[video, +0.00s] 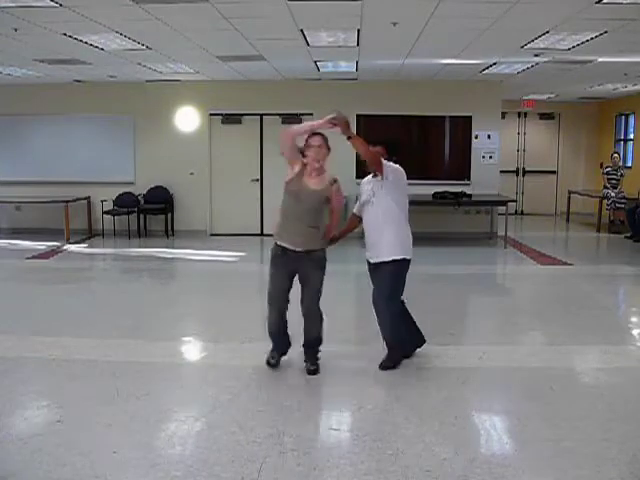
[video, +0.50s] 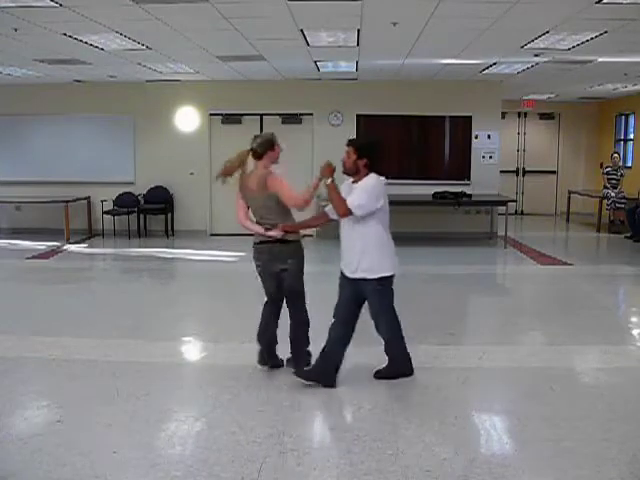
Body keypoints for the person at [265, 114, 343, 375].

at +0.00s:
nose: (315, 153)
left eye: (320, 149)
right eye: (312, 148)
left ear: (327, 154)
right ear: (305, 152)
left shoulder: (331, 185)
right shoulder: (295, 168)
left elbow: (334, 223)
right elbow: (287, 135)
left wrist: (325, 239)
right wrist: (319, 123)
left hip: (312, 254)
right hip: (282, 251)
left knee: (310, 307)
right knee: (275, 304)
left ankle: (311, 353)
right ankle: (279, 344)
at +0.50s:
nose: (279, 152)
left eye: (278, 148)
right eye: (277, 149)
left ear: (257, 153)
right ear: (269, 152)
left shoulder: (244, 180)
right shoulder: (272, 179)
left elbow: (242, 219)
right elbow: (298, 203)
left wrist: (266, 232)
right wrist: (316, 183)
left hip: (263, 247)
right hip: (288, 247)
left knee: (273, 299)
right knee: (296, 304)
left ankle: (266, 352)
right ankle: (301, 358)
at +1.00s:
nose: (258, 151)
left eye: (259, 147)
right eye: (252, 147)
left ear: (258, 151)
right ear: (238, 152)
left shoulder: (256, 180)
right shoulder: (227, 180)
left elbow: (255, 213)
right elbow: (214, 215)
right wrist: (232, 199)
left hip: (250, 252)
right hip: (230, 252)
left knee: (257, 305)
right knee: (226, 308)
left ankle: (252, 353)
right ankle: (198, 355)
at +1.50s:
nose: (267, 157)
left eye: (267, 152)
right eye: (263, 153)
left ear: (230, 157)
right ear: (255, 159)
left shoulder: (217, 178)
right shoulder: (268, 190)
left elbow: (226, 154)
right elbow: (278, 230)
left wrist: (253, 136)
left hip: (217, 267)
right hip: (253, 271)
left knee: (216, 318)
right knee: (250, 329)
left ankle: (212, 377)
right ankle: (239, 389)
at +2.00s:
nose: (224, 159)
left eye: (225, 154)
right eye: (219, 155)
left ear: (224, 156)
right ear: (203, 159)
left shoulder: (218, 183)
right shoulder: (197, 186)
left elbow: (228, 211)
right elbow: (194, 224)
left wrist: (248, 201)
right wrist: (234, 238)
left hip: (212, 263)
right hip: (196, 264)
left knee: (208, 313)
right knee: (203, 313)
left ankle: (197, 362)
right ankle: (176, 366)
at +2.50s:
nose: (250, 165)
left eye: (251, 160)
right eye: (244, 160)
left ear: (254, 161)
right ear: (229, 162)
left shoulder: (256, 186)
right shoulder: (215, 187)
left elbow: (265, 219)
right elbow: (223, 223)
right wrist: (243, 194)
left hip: (246, 261)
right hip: (216, 261)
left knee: (259, 302)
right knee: (212, 304)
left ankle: (261, 348)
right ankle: (206, 344)